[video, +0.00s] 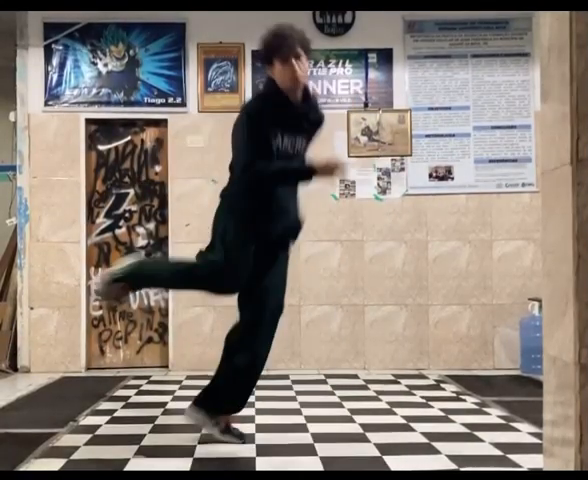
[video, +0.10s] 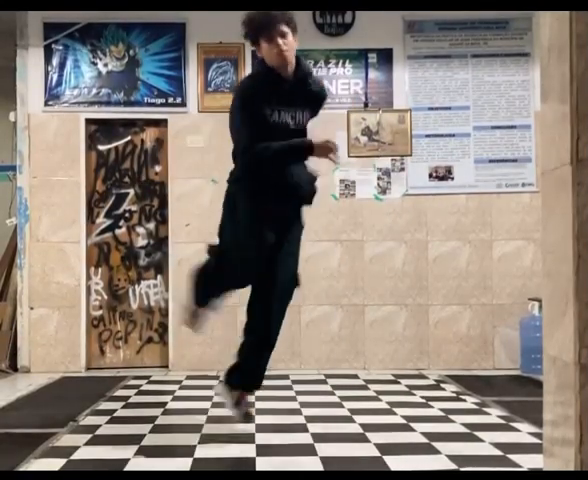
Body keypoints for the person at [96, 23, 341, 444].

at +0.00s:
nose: (301, 68)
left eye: (302, 59)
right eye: (292, 61)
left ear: (306, 61)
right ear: (273, 67)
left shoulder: (302, 106)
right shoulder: (257, 111)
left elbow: (313, 124)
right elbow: (252, 170)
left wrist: (301, 91)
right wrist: (310, 169)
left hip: (275, 229)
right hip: (242, 221)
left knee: (260, 322)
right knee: (224, 276)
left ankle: (213, 406)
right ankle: (133, 274)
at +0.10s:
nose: (280, 45)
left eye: (284, 35)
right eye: (269, 40)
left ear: (295, 38)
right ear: (256, 48)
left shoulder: (311, 89)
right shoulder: (249, 90)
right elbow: (248, 154)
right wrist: (308, 147)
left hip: (288, 201)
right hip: (249, 197)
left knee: (276, 294)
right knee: (244, 266)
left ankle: (240, 383)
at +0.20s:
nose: (270, 44)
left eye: (274, 35)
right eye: (261, 39)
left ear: (289, 38)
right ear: (251, 49)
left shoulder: (316, 94)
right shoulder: (242, 94)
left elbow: (313, 153)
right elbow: (241, 164)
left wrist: (308, 176)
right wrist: (291, 179)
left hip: (293, 202)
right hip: (252, 201)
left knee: (287, 284)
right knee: (239, 281)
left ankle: (282, 375)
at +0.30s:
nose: (266, 66)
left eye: (271, 57)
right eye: (258, 61)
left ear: (285, 62)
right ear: (247, 70)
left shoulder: (309, 115)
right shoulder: (238, 124)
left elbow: (329, 175)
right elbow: (236, 186)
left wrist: (335, 227)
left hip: (302, 227)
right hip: (256, 231)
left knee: (303, 306)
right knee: (262, 313)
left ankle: (326, 386)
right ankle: (296, 387)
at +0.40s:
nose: (261, 82)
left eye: (266, 73)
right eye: (253, 76)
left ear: (279, 77)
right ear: (243, 84)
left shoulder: (302, 124)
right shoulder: (235, 131)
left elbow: (327, 177)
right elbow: (226, 181)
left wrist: (338, 228)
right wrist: (217, 225)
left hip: (300, 233)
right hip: (260, 237)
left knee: (321, 308)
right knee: (280, 315)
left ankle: (329, 390)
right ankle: (302, 389)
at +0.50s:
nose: (241, 70)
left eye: (247, 61)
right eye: (234, 63)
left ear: (265, 56)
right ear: (227, 63)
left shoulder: (286, 99)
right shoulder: (227, 101)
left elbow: (293, 157)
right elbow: (228, 144)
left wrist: (270, 196)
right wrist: (226, 180)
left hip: (286, 196)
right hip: (249, 198)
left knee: (293, 278)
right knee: (260, 283)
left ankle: (316, 357)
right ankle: (279, 360)